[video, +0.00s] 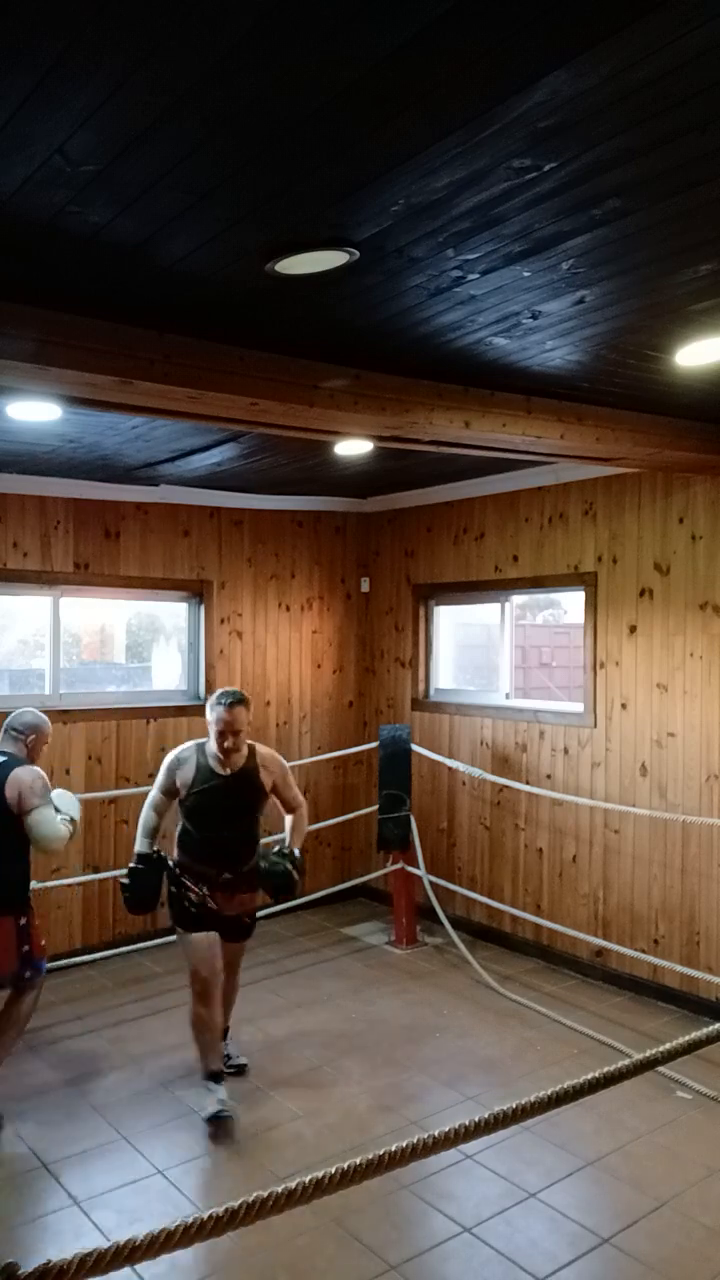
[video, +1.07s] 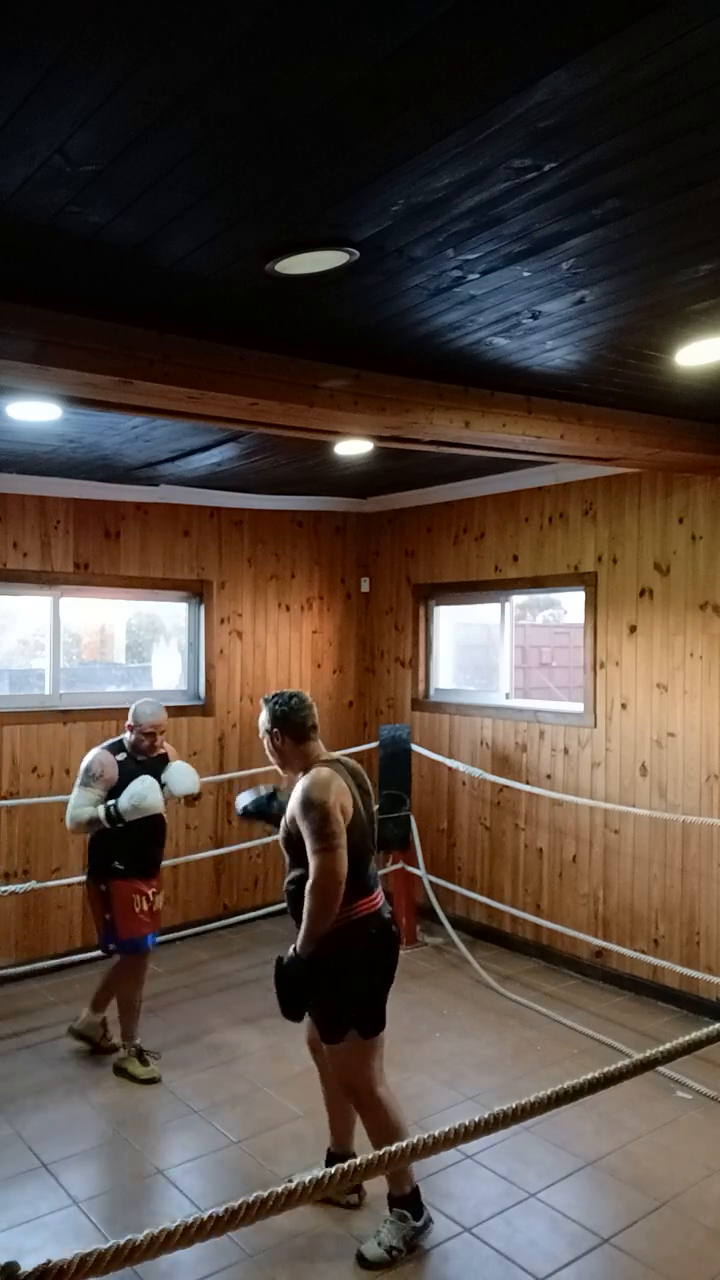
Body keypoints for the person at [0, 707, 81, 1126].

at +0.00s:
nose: (45, 750)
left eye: (45, 743)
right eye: (44, 743)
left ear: (10, 734)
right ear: (31, 740)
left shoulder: (8, 769)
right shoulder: (26, 775)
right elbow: (51, 837)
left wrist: (50, 808)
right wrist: (66, 813)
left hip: (9, 900)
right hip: (9, 902)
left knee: (22, 979)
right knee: (29, 980)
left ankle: (6, 1051)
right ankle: (3, 1054)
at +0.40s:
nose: (95, 750)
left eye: (98, 743)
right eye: (91, 742)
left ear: (68, 736)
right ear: (69, 736)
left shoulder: (36, 757)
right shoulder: (49, 771)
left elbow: (44, 822)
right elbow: (56, 838)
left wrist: (80, 798)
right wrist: (98, 813)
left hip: (21, 888)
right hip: (33, 894)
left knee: (35, 975)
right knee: (45, 978)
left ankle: (7, 1048)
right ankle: (9, 1063)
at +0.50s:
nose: (107, 743)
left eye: (110, 736)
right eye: (103, 736)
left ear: (92, 730)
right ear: (81, 729)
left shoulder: (76, 756)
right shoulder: (56, 760)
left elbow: (73, 806)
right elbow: (58, 826)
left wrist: (101, 794)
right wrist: (102, 806)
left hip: (65, 880)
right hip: (39, 885)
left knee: (78, 941)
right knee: (44, 970)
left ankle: (50, 1032)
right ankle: (9, 1060)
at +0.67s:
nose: (124, 744)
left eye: (128, 738)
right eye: (119, 737)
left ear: (126, 736)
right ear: (99, 732)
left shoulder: (109, 762)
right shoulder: (70, 762)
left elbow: (101, 806)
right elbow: (53, 818)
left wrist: (130, 795)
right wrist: (106, 811)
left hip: (93, 880)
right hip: (65, 884)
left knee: (104, 948)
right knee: (84, 963)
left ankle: (80, 1032)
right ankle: (23, 1046)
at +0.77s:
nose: (133, 745)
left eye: (138, 738)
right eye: (128, 737)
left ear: (139, 735)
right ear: (107, 729)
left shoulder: (126, 758)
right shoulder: (78, 759)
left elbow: (126, 804)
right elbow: (46, 812)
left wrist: (148, 796)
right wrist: (96, 812)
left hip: (107, 875)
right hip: (77, 877)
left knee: (109, 958)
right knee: (107, 961)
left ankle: (80, 1032)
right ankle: (51, 1039)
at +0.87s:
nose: (142, 739)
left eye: (146, 731)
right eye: (135, 731)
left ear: (148, 728)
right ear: (115, 723)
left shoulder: (139, 755)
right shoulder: (85, 754)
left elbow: (150, 805)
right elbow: (49, 806)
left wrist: (159, 791)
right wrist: (94, 807)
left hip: (120, 867)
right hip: (92, 868)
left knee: (105, 953)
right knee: (120, 954)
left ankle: (84, 1030)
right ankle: (85, 1039)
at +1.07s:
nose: (157, 741)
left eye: (161, 733)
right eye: (149, 734)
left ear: (165, 730)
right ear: (130, 730)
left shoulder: (162, 754)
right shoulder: (103, 761)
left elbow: (183, 788)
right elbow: (77, 819)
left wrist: (181, 782)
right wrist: (119, 809)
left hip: (148, 871)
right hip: (115, 875)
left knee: (135, 953)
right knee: (135, 956)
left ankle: (91, 1019)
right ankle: (129, 1049)